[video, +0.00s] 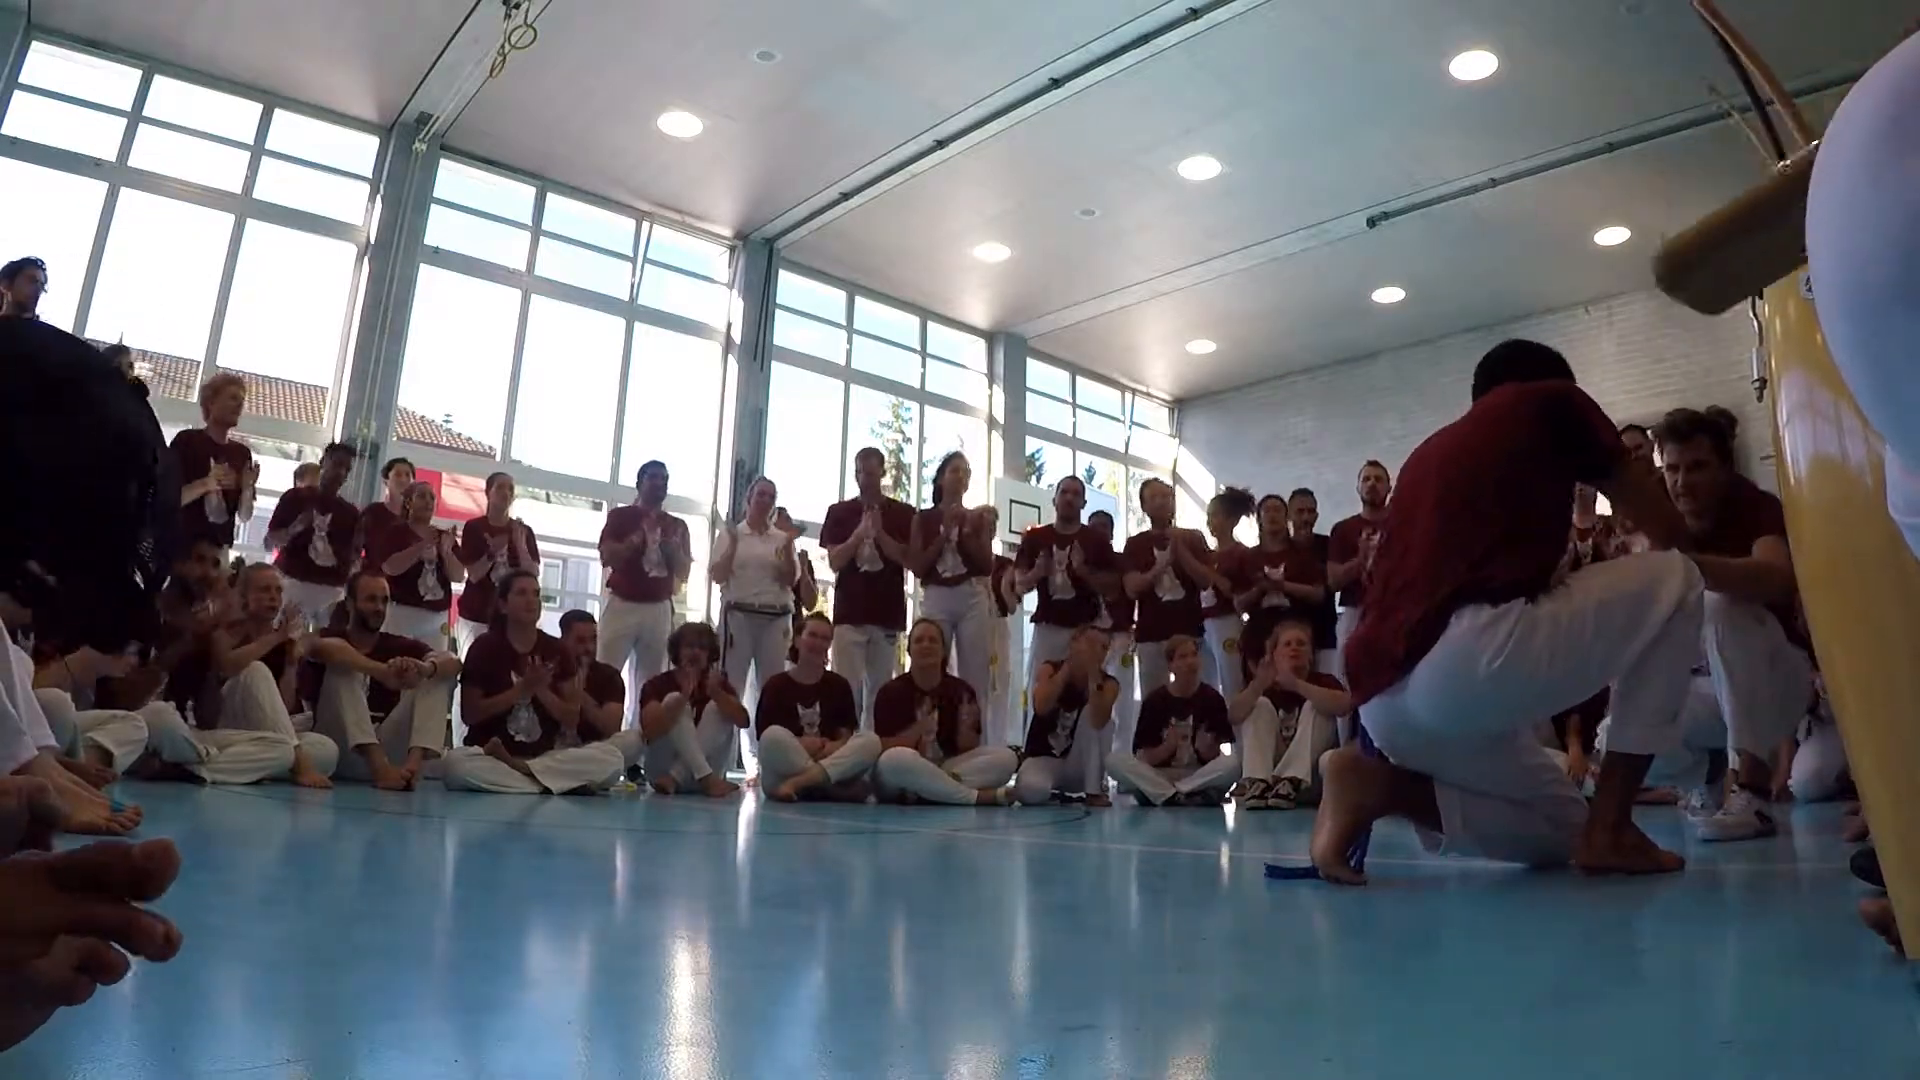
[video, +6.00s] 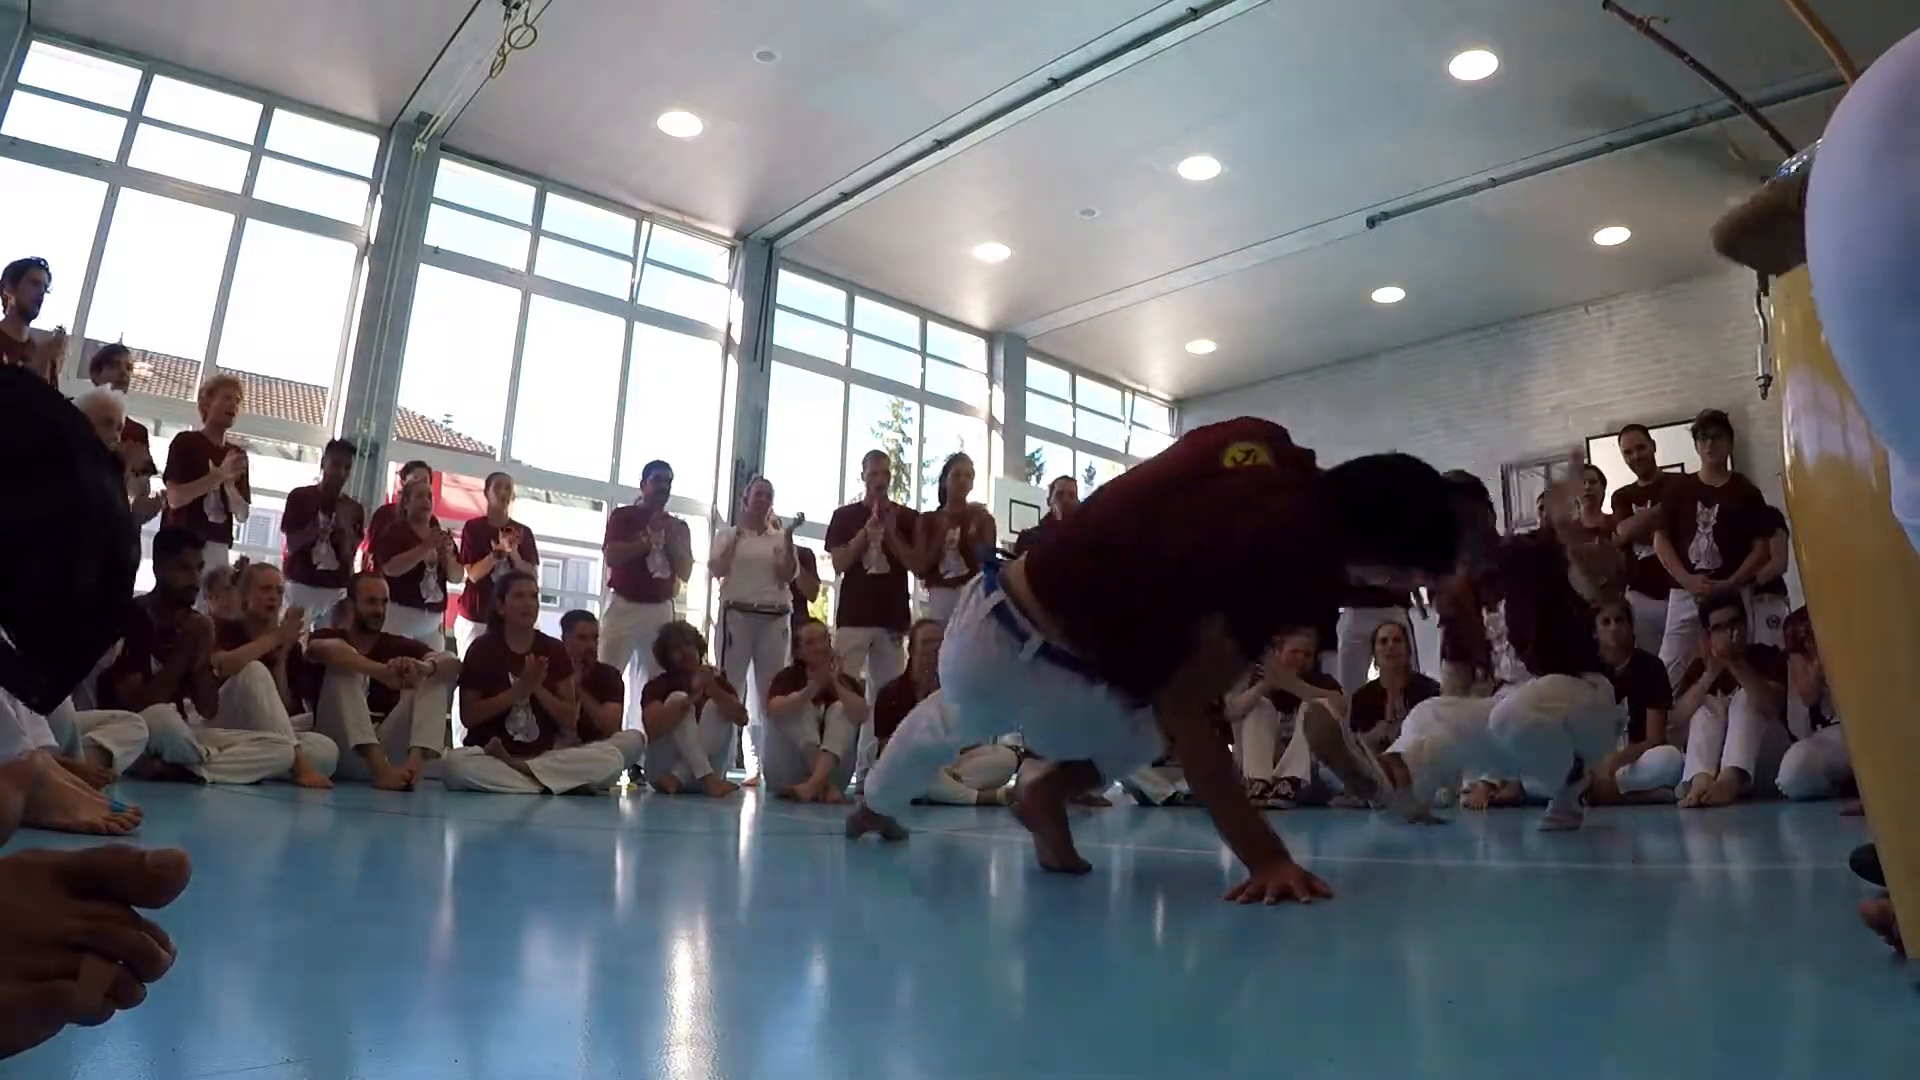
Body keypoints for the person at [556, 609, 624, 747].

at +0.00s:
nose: (589, 647)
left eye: (593, 639)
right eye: (581, 641)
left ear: (598, 639)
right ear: (563, 641)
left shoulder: (609, 675)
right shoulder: (548, 674)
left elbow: (610, 728)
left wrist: (578, 695)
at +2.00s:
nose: (591, 645)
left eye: (595, 638)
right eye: (583, 638)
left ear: (599, 638)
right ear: (565, 640)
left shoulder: (610, 676)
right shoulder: (548, 673)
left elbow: (610, 725)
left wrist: (574, 695)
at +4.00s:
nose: (593, 650)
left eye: (598, 643)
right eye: (586, 642)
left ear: (602, 644)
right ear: (567, 640)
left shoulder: (610, 675)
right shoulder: (549, 673)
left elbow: (610, 728)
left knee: (635, 738)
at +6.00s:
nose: (591, 645)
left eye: (595, 638)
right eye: (583, 638)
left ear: (599, 639)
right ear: (565, 640)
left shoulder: (609, 674)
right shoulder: (550, 674)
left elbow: (610, 728)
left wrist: (578, 690)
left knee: (634, 738)